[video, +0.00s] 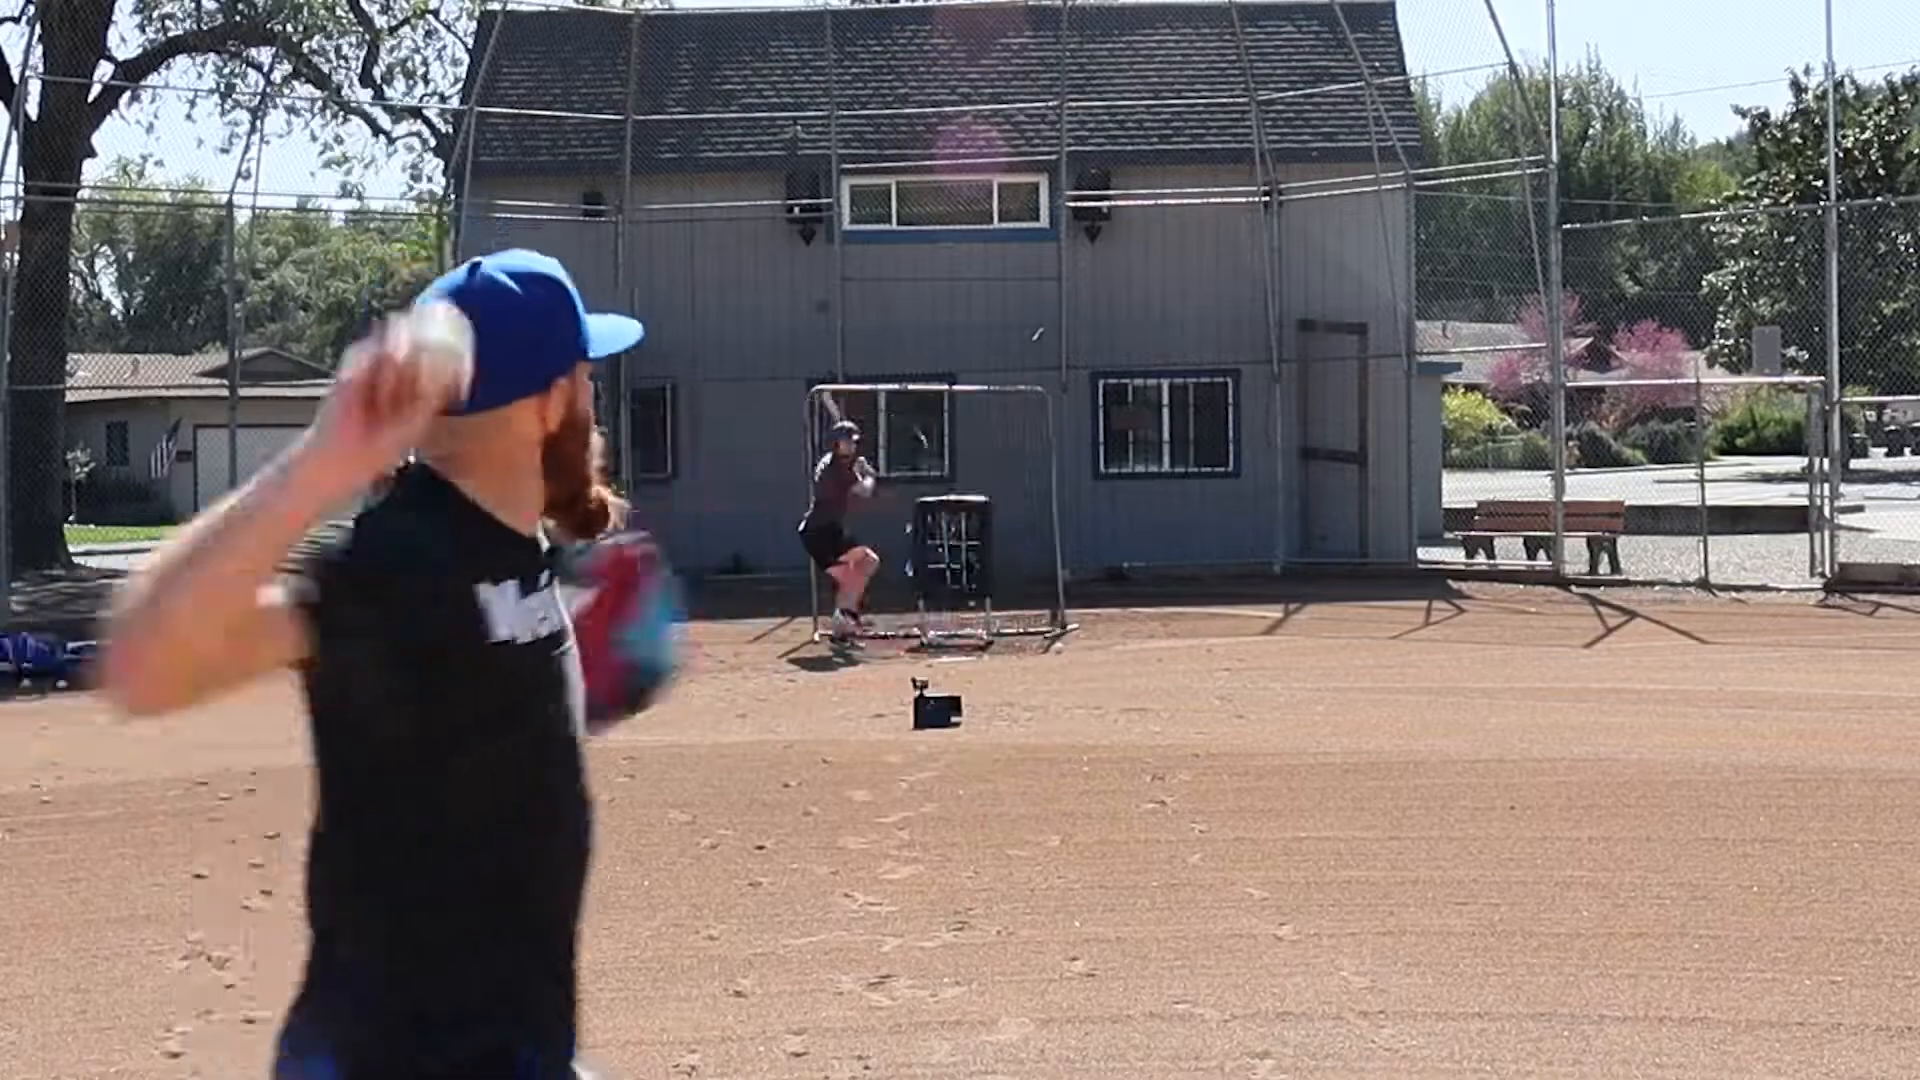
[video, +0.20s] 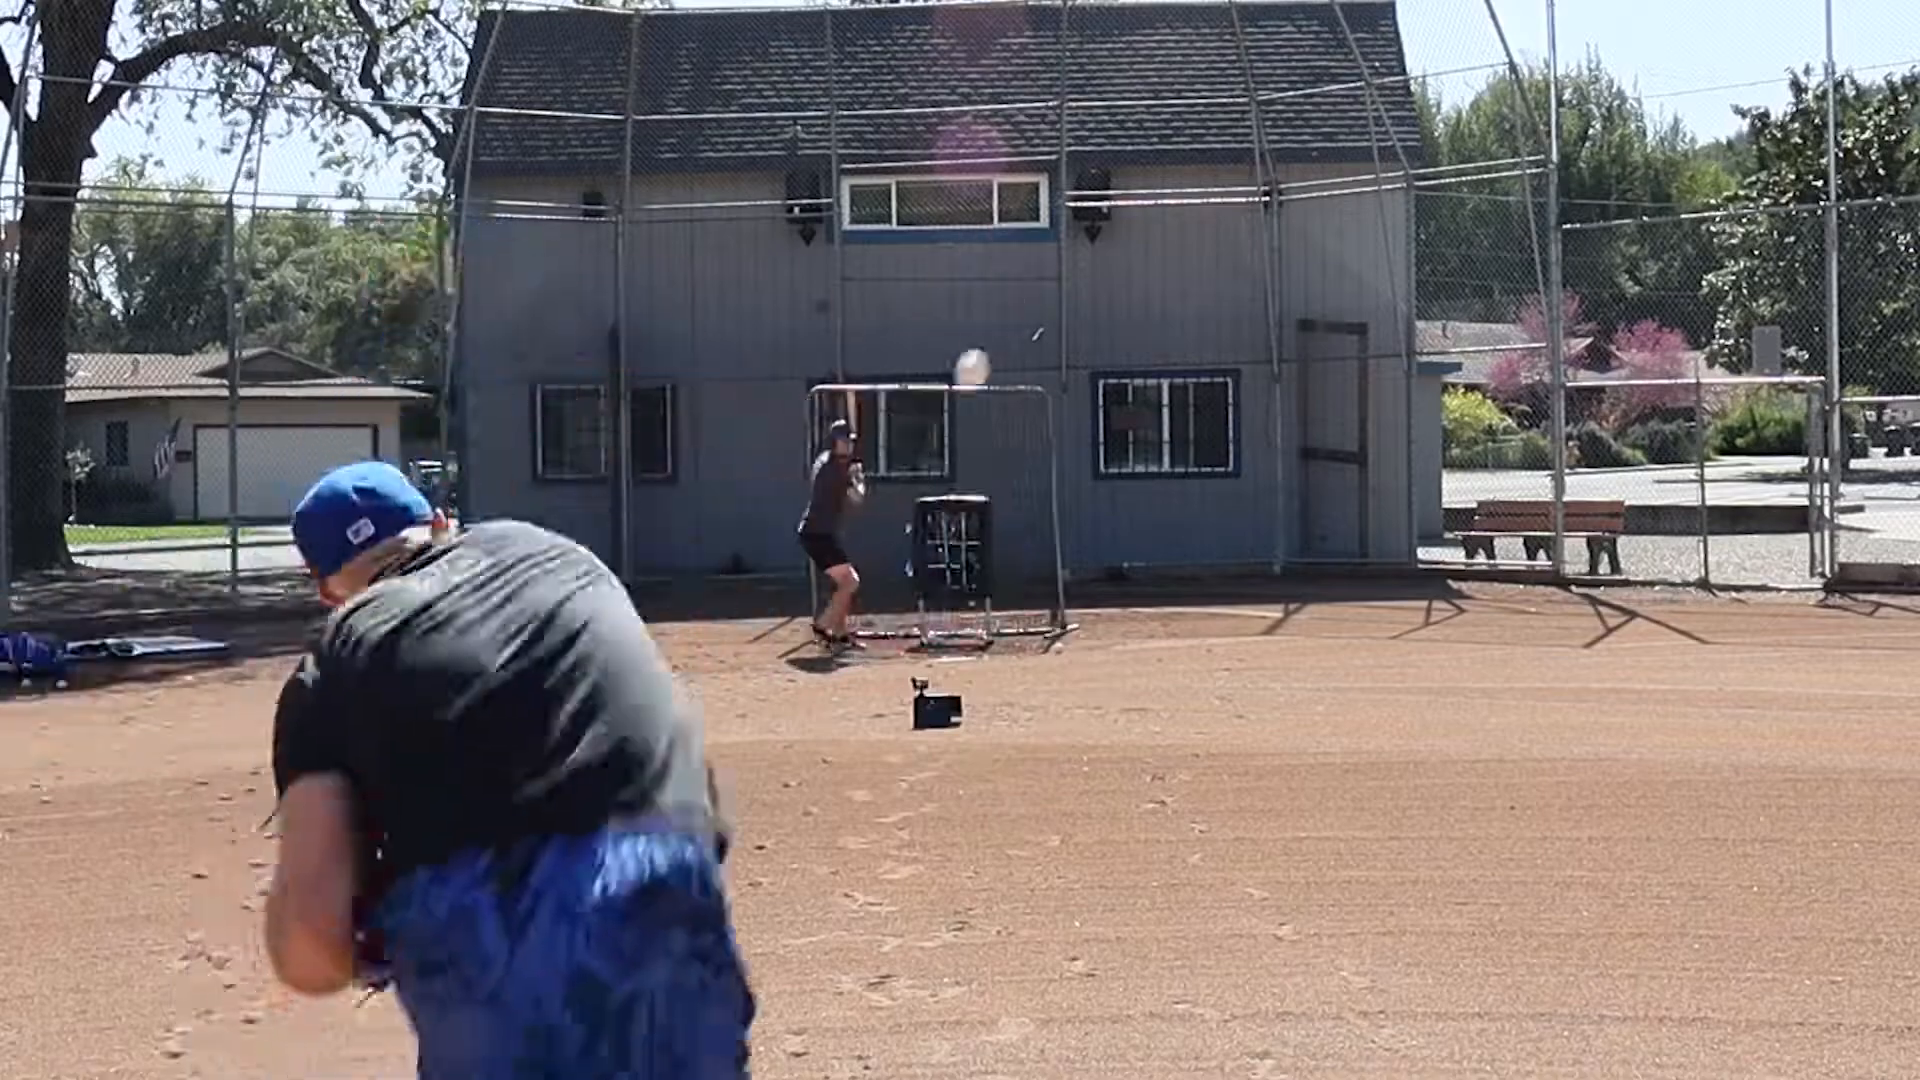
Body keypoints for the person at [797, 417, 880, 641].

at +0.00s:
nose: (853, 447)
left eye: (855, 442)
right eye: (849, 442)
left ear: (853, 443)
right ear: (837, 444)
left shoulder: (829, 463)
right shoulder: (839, 468)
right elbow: (865, 490)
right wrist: (867, 474)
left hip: (813, 529)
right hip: (824, 529)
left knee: (848, 576)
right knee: (867, 559)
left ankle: (842, 621)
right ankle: (847, 611)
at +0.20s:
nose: (848, 446)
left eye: (850, 441)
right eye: (843, 441)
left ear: (851, 442)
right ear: (833, 443)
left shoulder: (835, 464)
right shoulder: (832, 468)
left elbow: (857, 495)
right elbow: (857, 498)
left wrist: (854, 477)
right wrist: (858, 478)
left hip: (826, 529)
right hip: (816, 531)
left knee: (845, 580)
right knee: (848, 580)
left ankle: (840, 629)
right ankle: (824, 624)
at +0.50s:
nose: (842, 440)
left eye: (843, 435)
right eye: (838, 435)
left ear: (841, 436)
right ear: (826, 436)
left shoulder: (818, 455)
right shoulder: (827, 458)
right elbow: (843, 492)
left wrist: (845, 494)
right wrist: (856, 493)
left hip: (820, 527)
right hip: (816, 529)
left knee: (826, 583)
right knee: (831, 582)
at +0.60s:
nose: (842, 437)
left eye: (843, 432)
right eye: (838, 433)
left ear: (834, 435)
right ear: (826, 434)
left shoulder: (817, 454)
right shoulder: (824, 458)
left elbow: (800, 493)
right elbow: (838, 498)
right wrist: (857, 498)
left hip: (820, 527)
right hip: (815, 529)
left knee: (834, 577)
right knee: (822, 583)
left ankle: (841, 629)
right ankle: (806, 639)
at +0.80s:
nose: (844, 437)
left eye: (844, 432)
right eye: (841, 433)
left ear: (830, 434)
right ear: (829, 433)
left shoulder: (826, 457)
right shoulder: (818, 458)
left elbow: (823, 493)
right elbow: (824, 496)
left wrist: (839, 509)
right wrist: (848, 505)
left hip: (827, 525)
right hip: (815, 527)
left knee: (836, 579)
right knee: (821, 582)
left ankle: (842, 630)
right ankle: (806, 638)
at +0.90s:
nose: (845, 438)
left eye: (845, 433)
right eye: (842, 433)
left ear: (830, 434)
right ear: (831, 434)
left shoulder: (828, 457)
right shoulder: (817, 459)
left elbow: (830, 495)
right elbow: (821, 498)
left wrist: (845, 511)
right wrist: (843, 513)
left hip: (828, 526)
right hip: (817, 528)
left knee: (835, 578)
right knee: (824, 580)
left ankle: (841, 630)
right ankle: (806, 638)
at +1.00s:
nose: (847, 437)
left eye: (847, 433)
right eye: (844, 433)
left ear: (832, 435)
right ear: (832, 434)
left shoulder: (832, 457)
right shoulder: (819, 459)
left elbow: (834, 495)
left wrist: (846, 516)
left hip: (828, 525)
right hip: (822, 527)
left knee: (819, 581)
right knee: (840, 577)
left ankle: (806, 636)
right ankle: (840, 630)